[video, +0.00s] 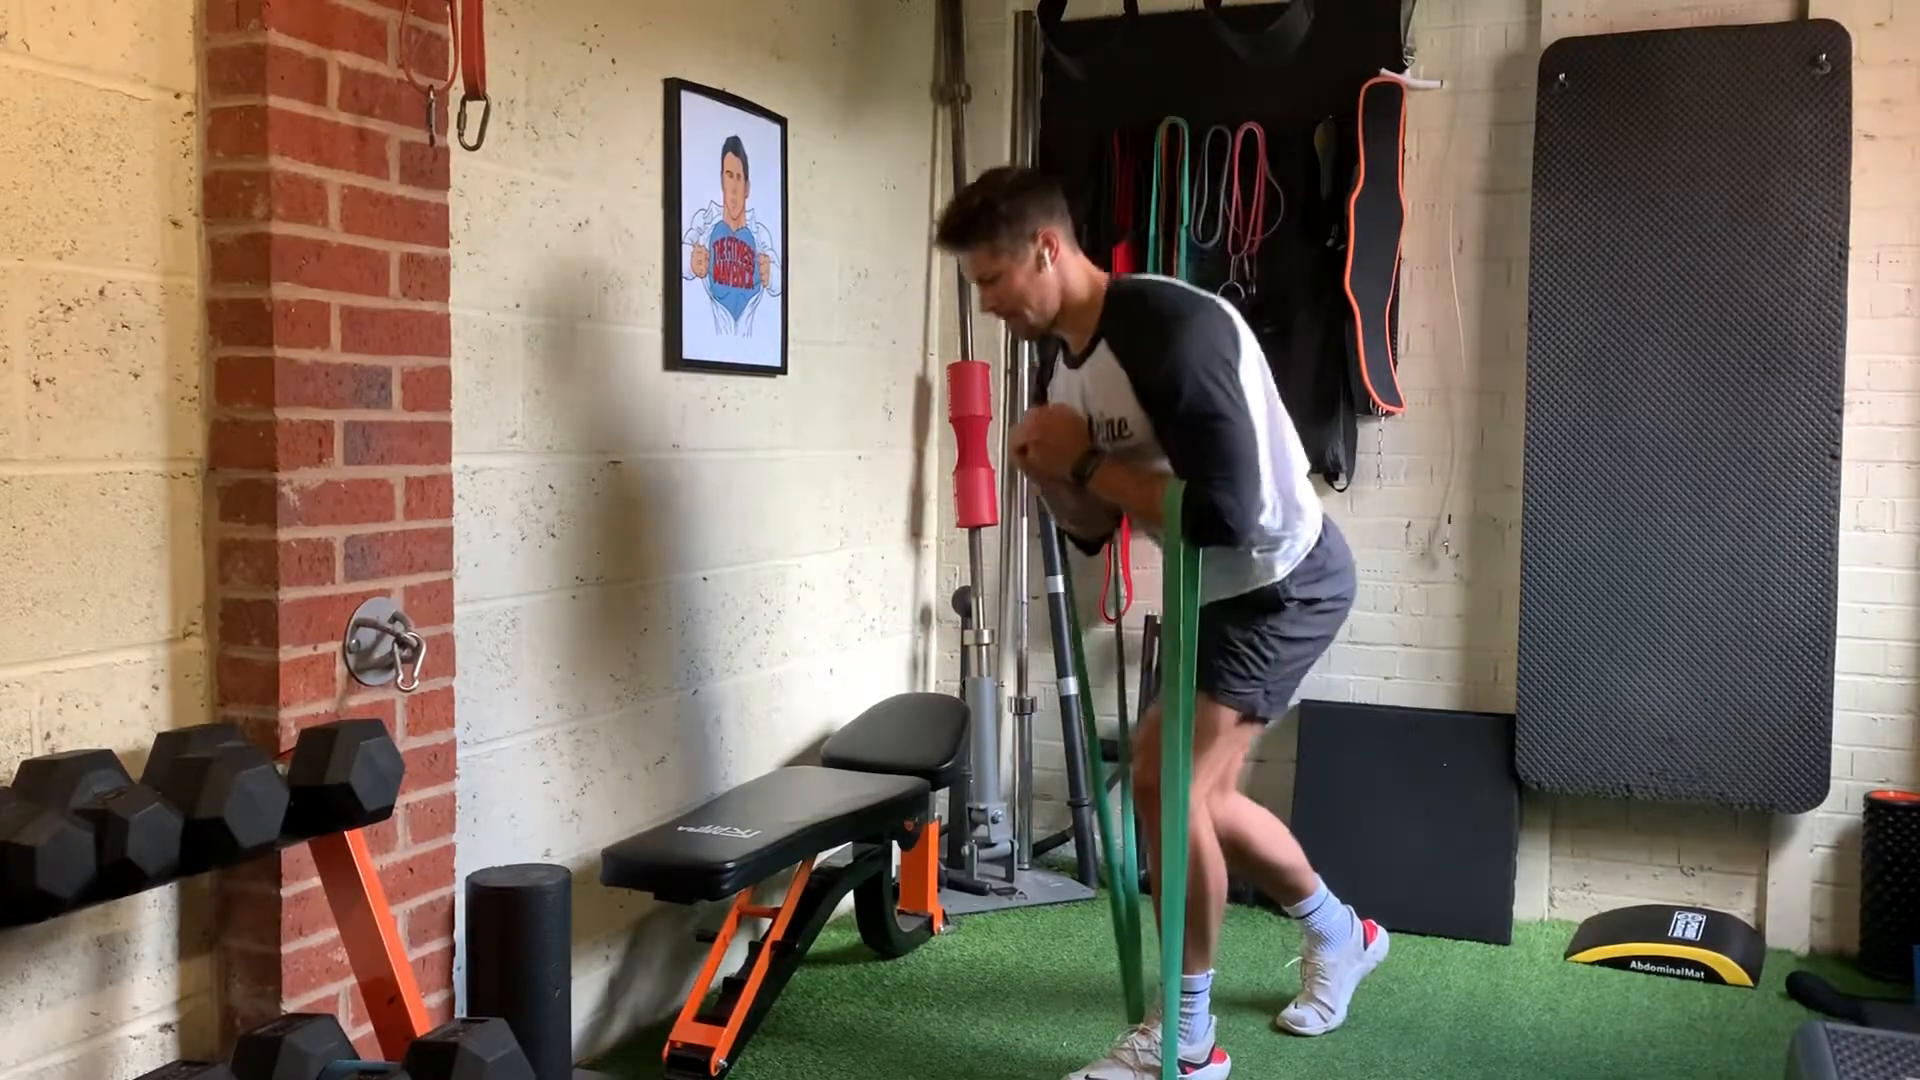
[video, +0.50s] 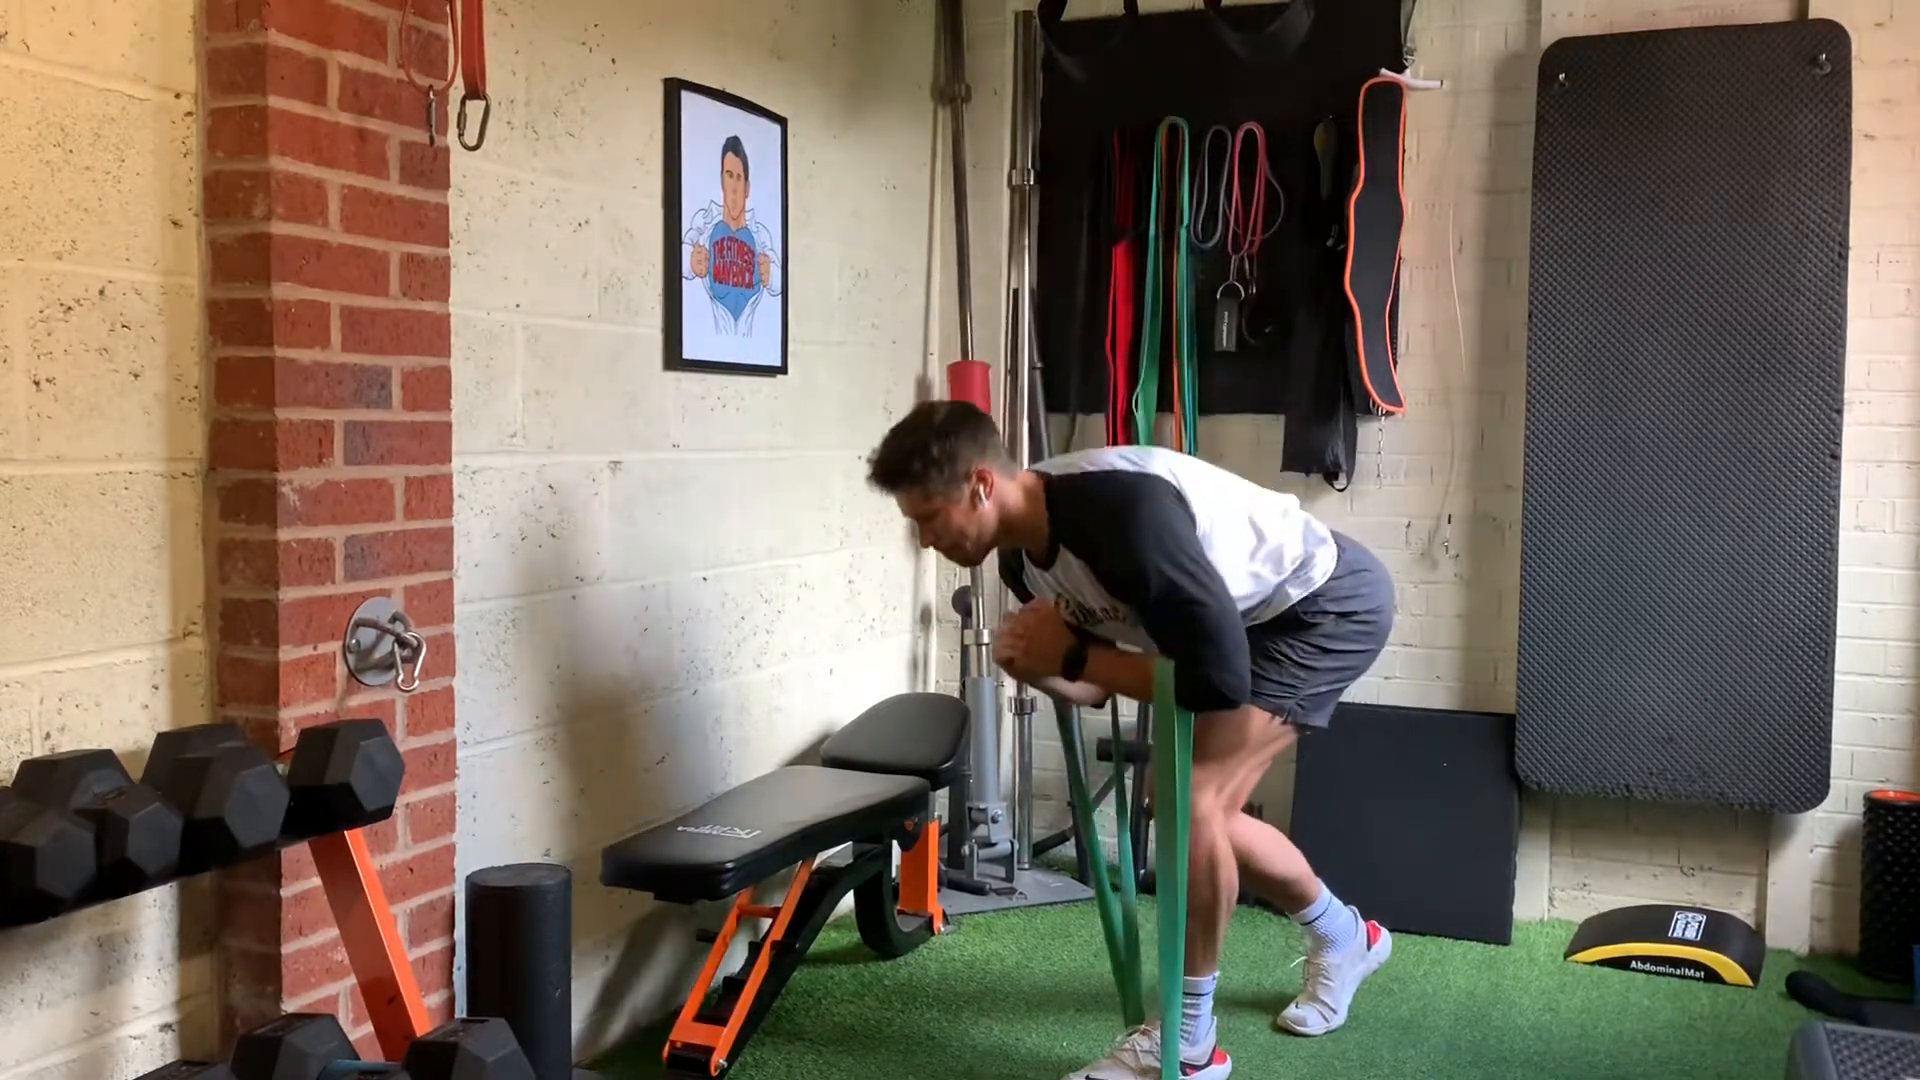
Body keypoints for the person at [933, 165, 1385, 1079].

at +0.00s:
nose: (987, 303)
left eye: (995, 279)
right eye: (976, 285)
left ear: (1051, 249)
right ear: (1036, 258)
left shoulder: (1178, 332)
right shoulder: (1063, 361)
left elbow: (1229, 514)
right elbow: (1096, 532)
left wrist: (1088, 466)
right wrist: (1049, 473)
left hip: (1285, 578)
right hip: (1210, 578)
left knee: (1162, 779)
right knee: (1201, 794)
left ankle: (1187, 1035)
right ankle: (1341, 931)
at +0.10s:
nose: (966, 348)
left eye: (972, 323)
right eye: (956, 329)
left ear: (1029, 296)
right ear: (1020, 302)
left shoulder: (1166, 368)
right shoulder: (1047, 403)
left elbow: (1228, 544)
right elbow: (1091, 567)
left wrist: (1087, 504)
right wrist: (1045, 510)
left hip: (1295, 583)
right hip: (1218, 589)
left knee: (1164, 785)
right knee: (1204, 804)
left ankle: (1187, 1035)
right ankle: (1344, 932)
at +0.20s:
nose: (944, 412)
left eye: (950, 387)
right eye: (937, 394)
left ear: (1008, 356)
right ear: (1005, 362)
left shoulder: (1149, 410)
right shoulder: (1032, 451)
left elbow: (1221, 584)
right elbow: (1093, 605)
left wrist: (1079, 548)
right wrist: (1042, 565)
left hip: (1309, 589)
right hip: (1233, 599)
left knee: (1173, 788)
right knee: (1201, 809)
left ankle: (1187, 1034)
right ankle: (1342, 934)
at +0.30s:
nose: (934, 455)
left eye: (939, 432)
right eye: (925, 438)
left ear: (996, 402)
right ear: (991, 407)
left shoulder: (1139, 450)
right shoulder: (1029, 483)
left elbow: (1218, 620)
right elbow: (1092, 635)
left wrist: (1077, 584)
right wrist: (1043, 603)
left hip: (1316, 593)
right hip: (1241, 603)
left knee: (1184, 795)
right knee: (1186, 807)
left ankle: (1186, 1038)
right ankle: (1345, 934)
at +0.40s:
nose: (928, 490)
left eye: (933, 468)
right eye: (919, 474)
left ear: (989, 440)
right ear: (989, 443)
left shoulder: (1134, 477)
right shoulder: (1028, 510)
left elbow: (1217, 649)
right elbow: (1093, 659)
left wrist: (1073, 619)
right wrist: (1043, 632)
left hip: (1321, 595)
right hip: (1246, 603)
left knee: (1195, 798)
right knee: (1189, 801)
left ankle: (1186, 1040)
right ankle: (1344, 935)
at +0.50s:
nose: (922, 539)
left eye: (926, 518)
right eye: (913, 522)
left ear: (981, 488)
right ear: (981, 490)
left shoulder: (1128, 513)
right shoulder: (1020, 552)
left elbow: (1222, 680)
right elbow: (1099, 685)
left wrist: (1076, 657)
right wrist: (1043, 670)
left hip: (1327, 597)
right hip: (1243, 610)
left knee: (1196, 797)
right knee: (1199, 810)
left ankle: (1187, 1041)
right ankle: (1348, 938)